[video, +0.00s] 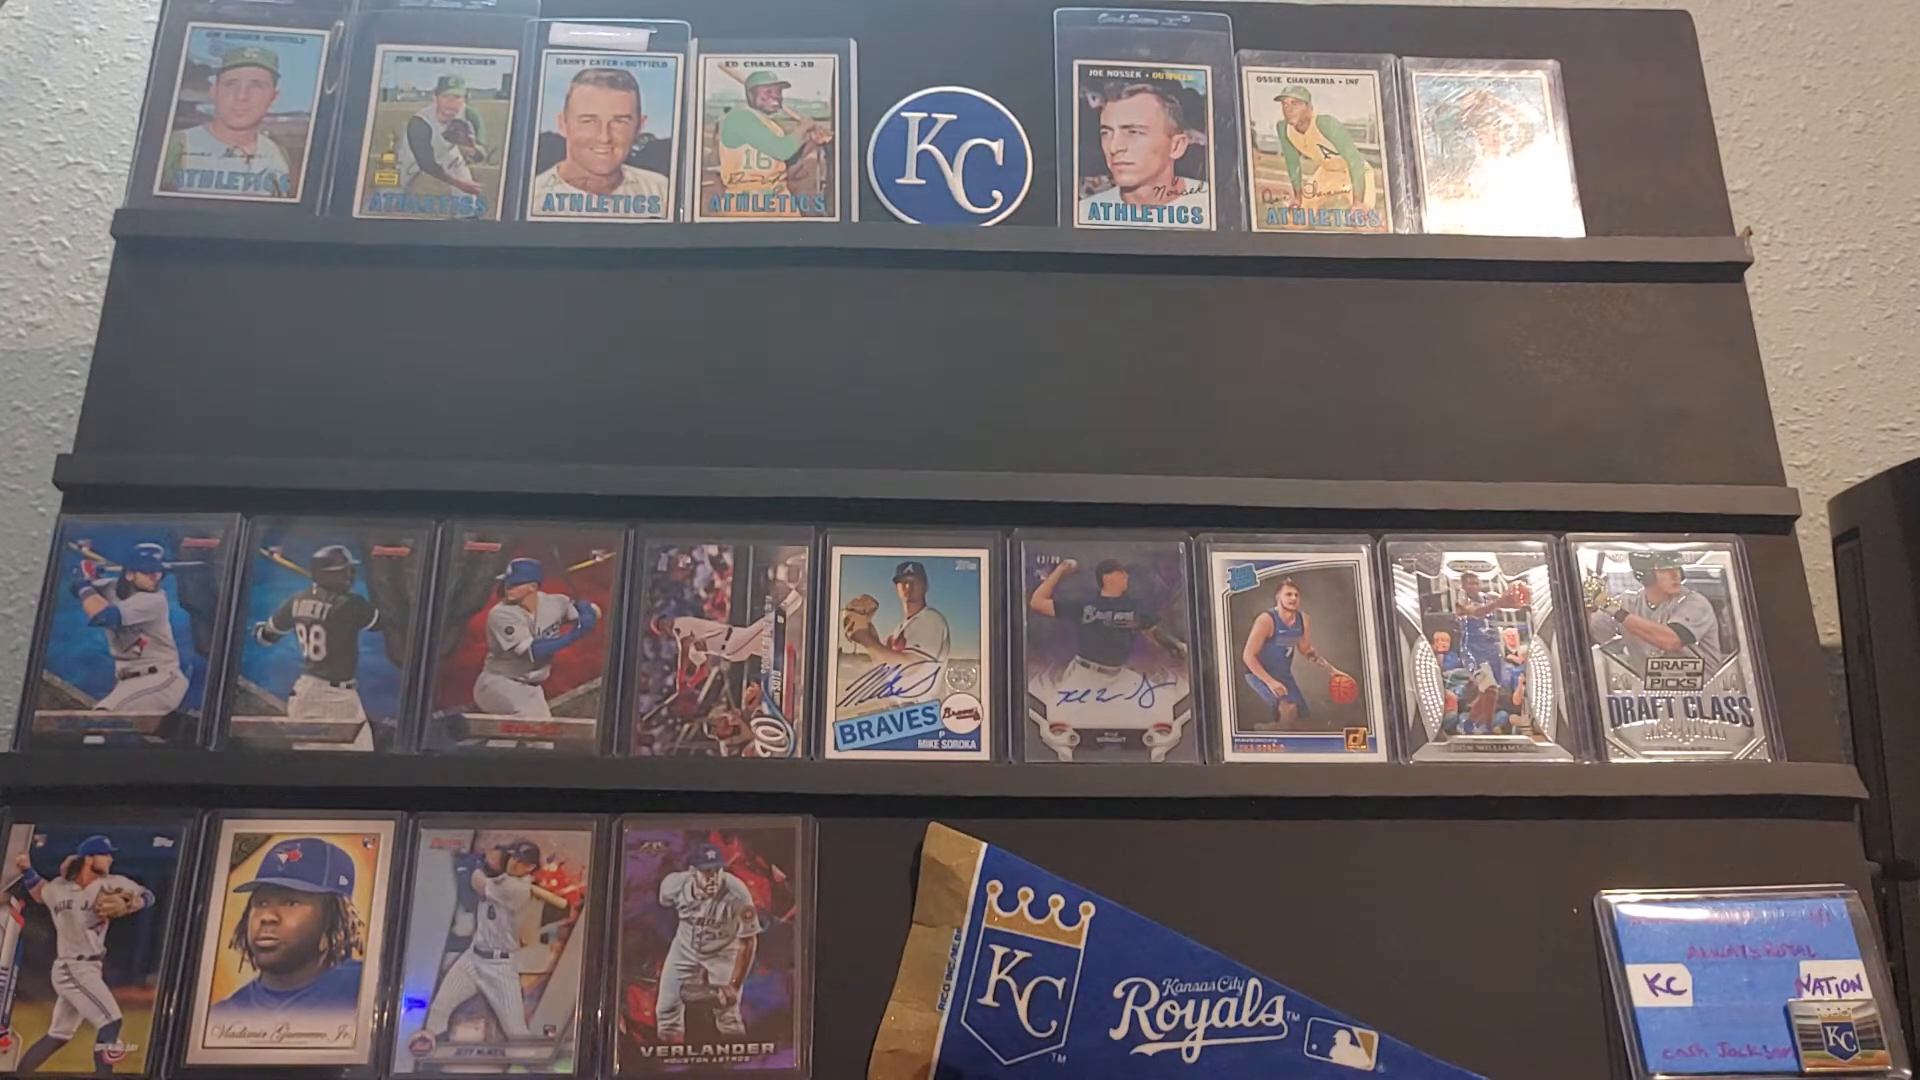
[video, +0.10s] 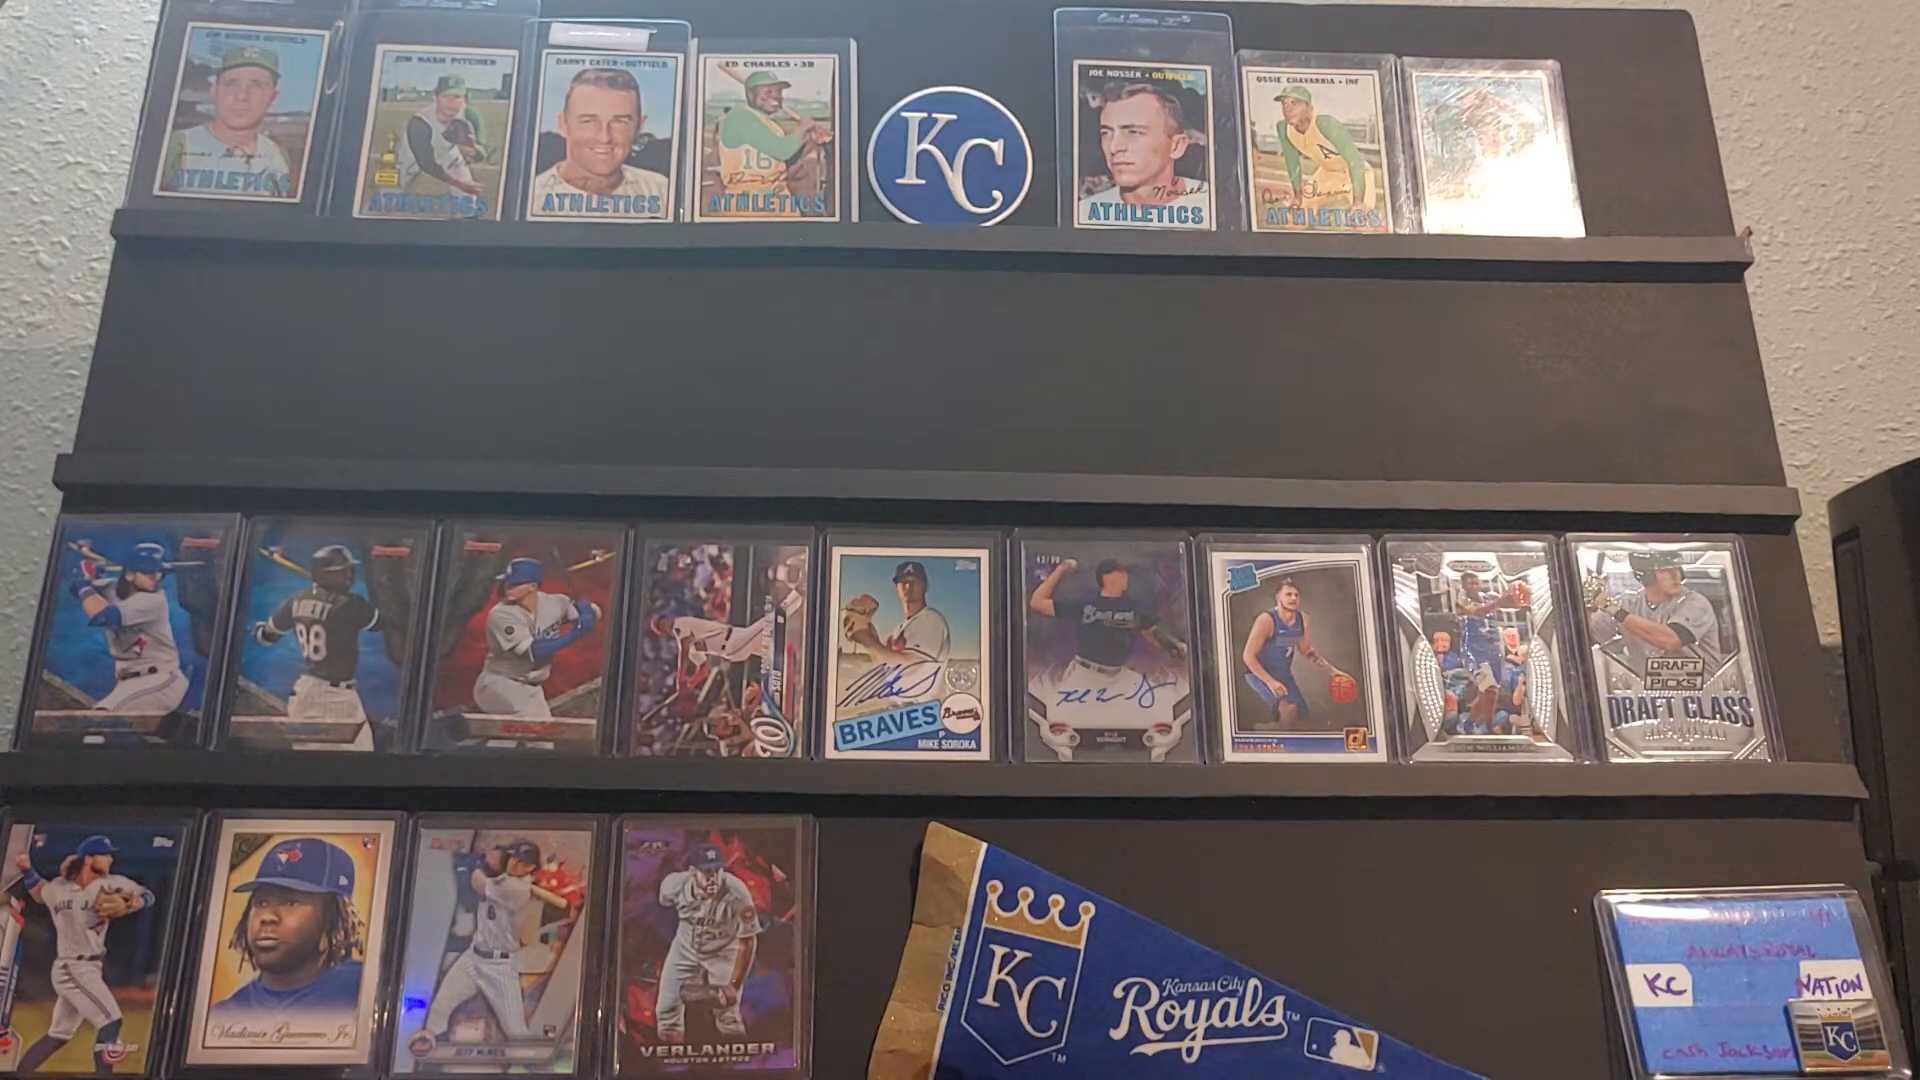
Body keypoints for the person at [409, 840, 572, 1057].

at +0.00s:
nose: (514, 863)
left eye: (521, 861)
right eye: (514, 859)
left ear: (531, 868)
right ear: (510, 859)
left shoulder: (518, 889)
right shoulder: (502, 879)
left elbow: (478, 883)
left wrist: (480, 866)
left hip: (500, 965)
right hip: (473, 958)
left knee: (516, 1031)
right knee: (439, 1007)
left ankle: (534, 1070)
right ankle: (423, 1065)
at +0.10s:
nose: (514, 863)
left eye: (521, 861)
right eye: (514, 858)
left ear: (530, 868)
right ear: (510, 859)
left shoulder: (518, 889)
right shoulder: (502, 880)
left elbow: (478, 882)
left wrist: (481, 866)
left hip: (500, 965)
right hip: (473, 958)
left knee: (516, 1030)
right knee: (439, 1007)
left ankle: (534, 1071)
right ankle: (423, 1065)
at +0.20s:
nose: (513, 862)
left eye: (520, 860)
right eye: (513, 857)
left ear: (531, 868)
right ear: (509, 857)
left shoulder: (519, 890)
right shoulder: (501, 879)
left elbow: (477, 881)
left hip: (501, 965)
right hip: (473, 958)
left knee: (514, 1028)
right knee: (442, 1001)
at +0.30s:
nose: (515, 863)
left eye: (522, 861)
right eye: (514, 858)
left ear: (531, 868)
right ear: (509, 858)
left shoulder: (519, 889)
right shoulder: (500, 879)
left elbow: (477, 881)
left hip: (502, 966)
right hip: (473, 958)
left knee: (514, 1029)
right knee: (440, 1004)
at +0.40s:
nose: (514, 863)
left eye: (521, 861)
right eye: (514, 857)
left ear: (531, 868)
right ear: (509, 858)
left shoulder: (518, 889)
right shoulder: (500, 879)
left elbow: (477, 881)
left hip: (502, 966)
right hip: (473, 958)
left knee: (514, 1029)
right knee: (440, 1004)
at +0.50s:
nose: (515, 863)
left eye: (522, 861)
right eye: (514, 858)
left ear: (531, 868)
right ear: (509, 858)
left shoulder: (519, 889)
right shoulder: (500, 879)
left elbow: (477, 881)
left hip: (502, 966)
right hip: (473, 959)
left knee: (514, 1029)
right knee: (440, 1004)